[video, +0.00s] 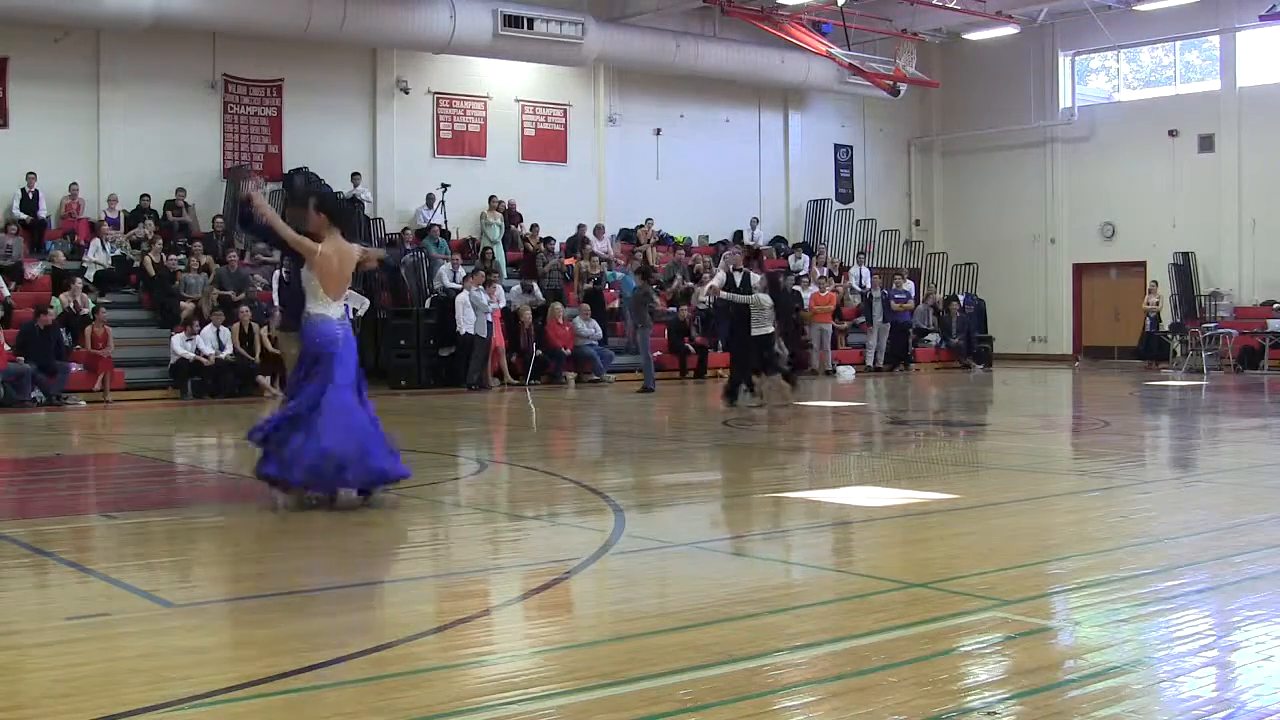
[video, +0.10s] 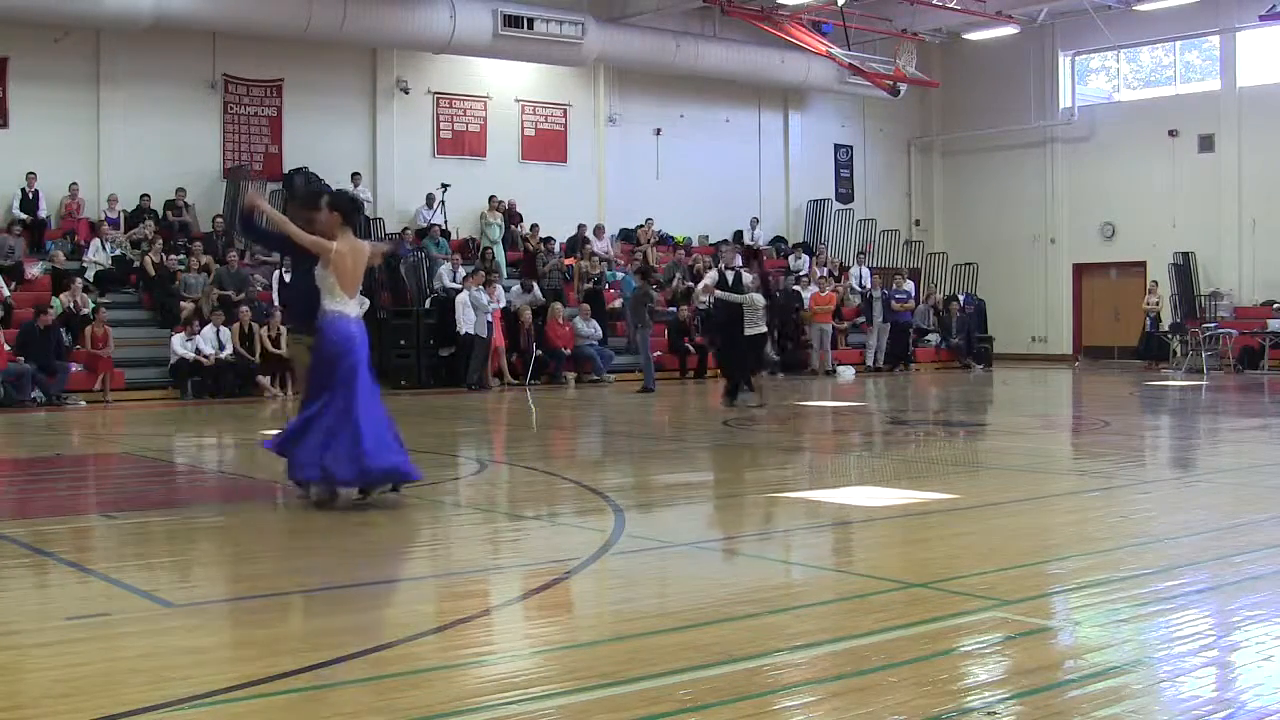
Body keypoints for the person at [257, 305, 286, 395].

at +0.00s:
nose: (279, 318)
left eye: (279, 315)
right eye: (276, 315)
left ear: (281, 317)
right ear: (271, 317)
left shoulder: (281, 330)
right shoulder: (264, 330)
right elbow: (269, 348)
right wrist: (279, 352)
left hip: (278, 355)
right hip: (267, 355)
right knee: (260, 377)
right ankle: (276, 392)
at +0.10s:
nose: (278, 320)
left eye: (279, 317)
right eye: (276, 317)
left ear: (281, 318)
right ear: (270, 319)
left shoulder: (283, 329)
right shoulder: (264, 331)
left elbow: (283, 345)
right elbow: (269, 348)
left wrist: (284, 354)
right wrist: (281, 352)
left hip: (279, 355)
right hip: (268, 356)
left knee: (287, 364)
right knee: (259, 377)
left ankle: (289, 390)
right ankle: (274, 391)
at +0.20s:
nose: (278, 320)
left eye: (279, 317)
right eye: (275, 317)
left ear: (281, 318)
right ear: (270, 319)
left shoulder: (283, 329)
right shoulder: (264, 331)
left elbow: (283, 345)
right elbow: (269, 348)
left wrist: (287, 352)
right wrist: (281, 352)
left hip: (279, 354)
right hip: (268, 356)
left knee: (288, 362)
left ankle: (289, 389)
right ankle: (275, 390)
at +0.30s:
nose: (279, 319)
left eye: (280, 317)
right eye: (277, 317)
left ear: (281, 318)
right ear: (270, 319)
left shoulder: (283, 329)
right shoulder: (263, 331)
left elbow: (283, 345)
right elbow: (269, 348)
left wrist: (287, 352)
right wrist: (282, 352)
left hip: (279, 353)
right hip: (268, 355)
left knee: (287, 360)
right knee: (278, 360)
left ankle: (289, 387)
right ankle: (276, 386)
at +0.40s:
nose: (279, 319)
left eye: (280, 317)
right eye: (277, 317)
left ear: (281, 318)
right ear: (270, 319)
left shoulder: (283, 329)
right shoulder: (263, 331)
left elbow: (284, 347)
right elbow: (269, 348)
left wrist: (293, 353)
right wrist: (283, 353)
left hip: (279, 353)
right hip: (268, 355)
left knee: (286, 360)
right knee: (279, 360)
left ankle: (289, 385)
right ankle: (276, 386)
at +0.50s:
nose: (280, 319)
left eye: (280, 317)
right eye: (277, 317)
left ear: (281, 318)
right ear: (270, 319)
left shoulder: (283, 329)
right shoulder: (263, 330)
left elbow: (283, 346)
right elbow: (269, 348)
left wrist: (287, 352)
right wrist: (281, 352)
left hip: (279, 353)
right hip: (268, 355)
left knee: (286, 361)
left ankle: (289, 386)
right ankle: (276, 386)